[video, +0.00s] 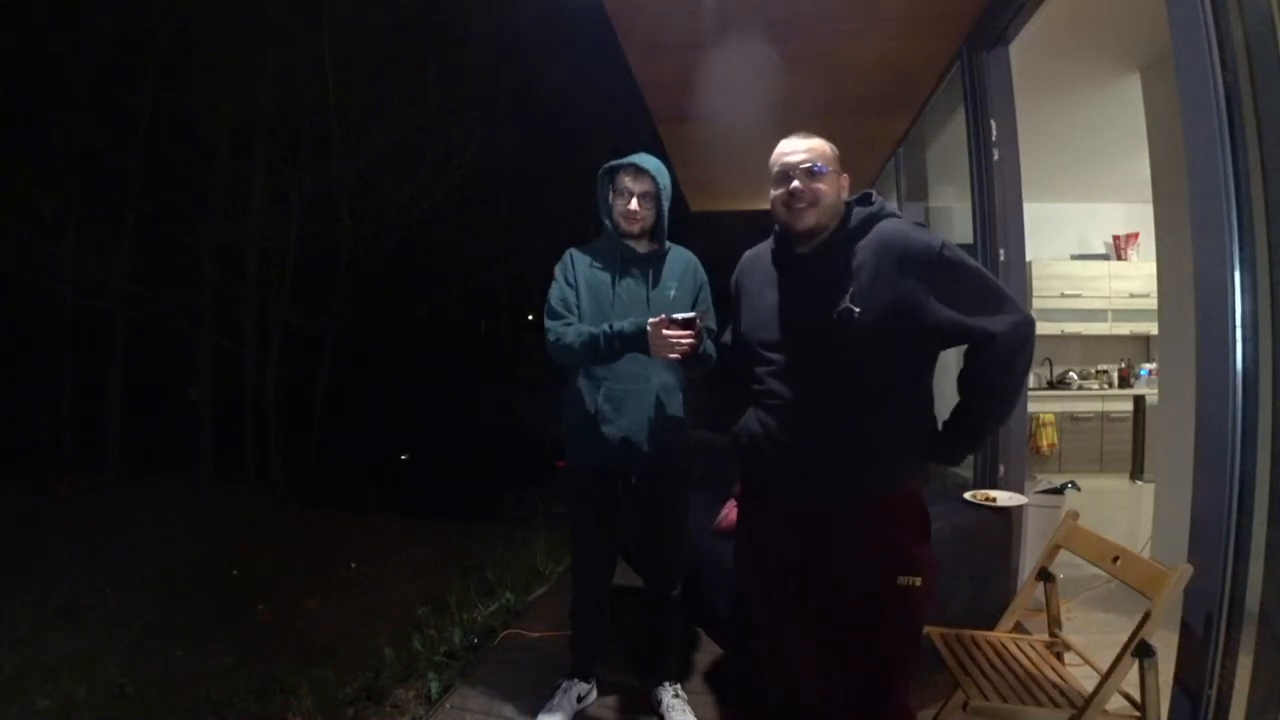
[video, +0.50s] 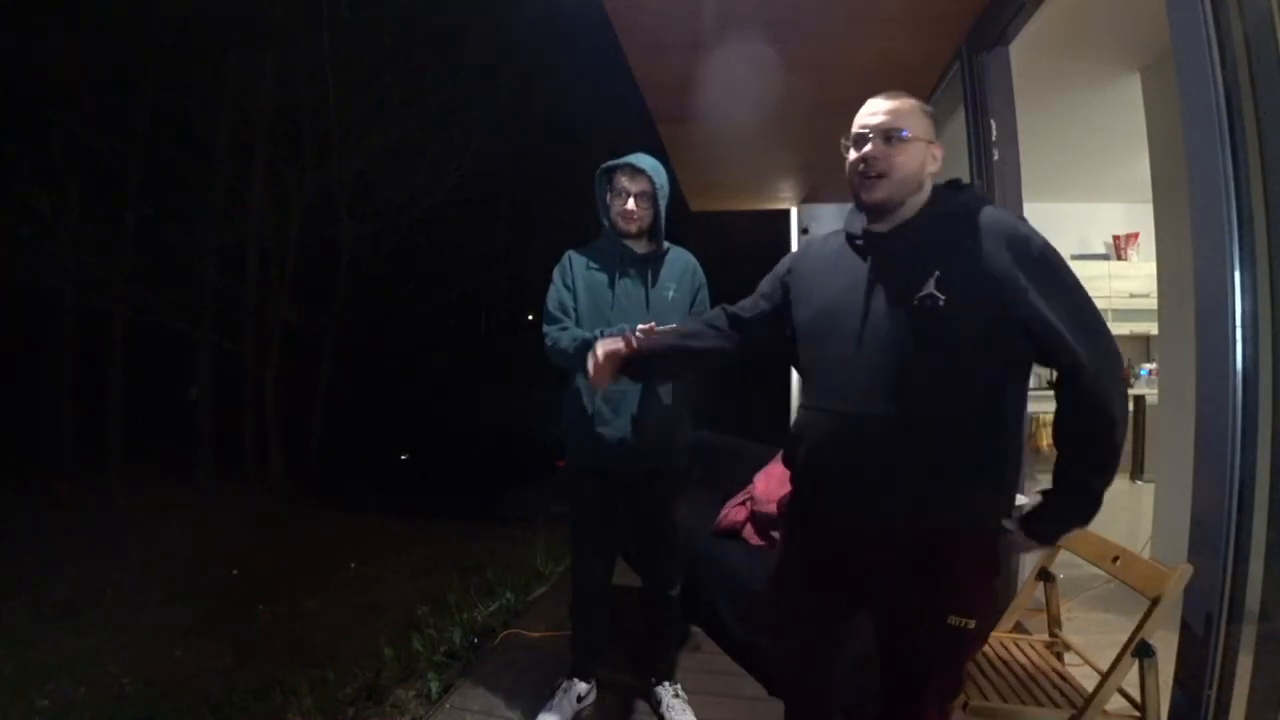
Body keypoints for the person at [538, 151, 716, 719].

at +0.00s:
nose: (633, 206)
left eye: (645, 197)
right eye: (623, 196)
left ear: (661, 204)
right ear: (608, 202)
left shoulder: (685, 266)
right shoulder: (577, 264)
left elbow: (709, 349)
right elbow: (558, 341)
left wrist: (695, 346)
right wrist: (637, 336)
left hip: (664, 442)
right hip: (594, 441)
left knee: (665, 564)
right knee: (590, 564)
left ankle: (668, 682)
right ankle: (581, 679)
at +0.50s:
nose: (630, 206)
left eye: (641, 197)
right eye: (621, 196)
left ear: (658, 203)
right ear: (606, 203)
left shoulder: (684, 268)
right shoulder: (576, 266)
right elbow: (554, 340)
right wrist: (614, 342)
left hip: (660, 443)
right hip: (593, 443)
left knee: (663, 565)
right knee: (590, 564)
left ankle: (663, 679)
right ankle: (582, 679)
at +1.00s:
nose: (621, 207)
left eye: (632, 198)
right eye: (611, 197)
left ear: (649, 205)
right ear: (595, 201)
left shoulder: (672, 264)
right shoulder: (568, 265)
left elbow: (694, 352)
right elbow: (550, 345)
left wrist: (667, 350)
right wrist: (612, 339)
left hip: (654, 442)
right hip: (588, 440)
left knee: (661, 562)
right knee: (586, 561)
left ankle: (662, 679)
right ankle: (581, 678)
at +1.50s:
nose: (616, 207)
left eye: (628, 197)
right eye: (606, 196)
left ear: (645, 203)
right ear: (588, 201)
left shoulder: (669, 266)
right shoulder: (564, 267)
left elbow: (691, 356)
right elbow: (546, 346)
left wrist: (661, 347)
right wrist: (610, 339)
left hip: (651, 446)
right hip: (585, 445)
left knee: (661, 567)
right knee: (585, 566)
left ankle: (662, 679)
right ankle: (581, 678)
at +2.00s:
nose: (625, 207)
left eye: (636, 197)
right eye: (615, 196)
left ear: (651, 204)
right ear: (595, 201)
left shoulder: (672, 267)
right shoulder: (568, 266)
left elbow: (695, 356)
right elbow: (556, 348)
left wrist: (673, 347)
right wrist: (628, 344)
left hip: (656, 445)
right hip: (588, 443)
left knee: (660, 566)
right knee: (588, 565)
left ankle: (661, 678)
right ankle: (582, 677)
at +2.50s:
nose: (629, 206)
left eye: (640, 197)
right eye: (618, 195)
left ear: (656, 203)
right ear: (601, 199)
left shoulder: (678, 264)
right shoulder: (573, 264)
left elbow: (700, 355)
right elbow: (557, 346)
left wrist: (674, 348)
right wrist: (620, 340)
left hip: (659, 441)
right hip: (592, 440)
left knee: (662, 562)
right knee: (589, 561)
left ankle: (663, 679)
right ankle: (581, 678)